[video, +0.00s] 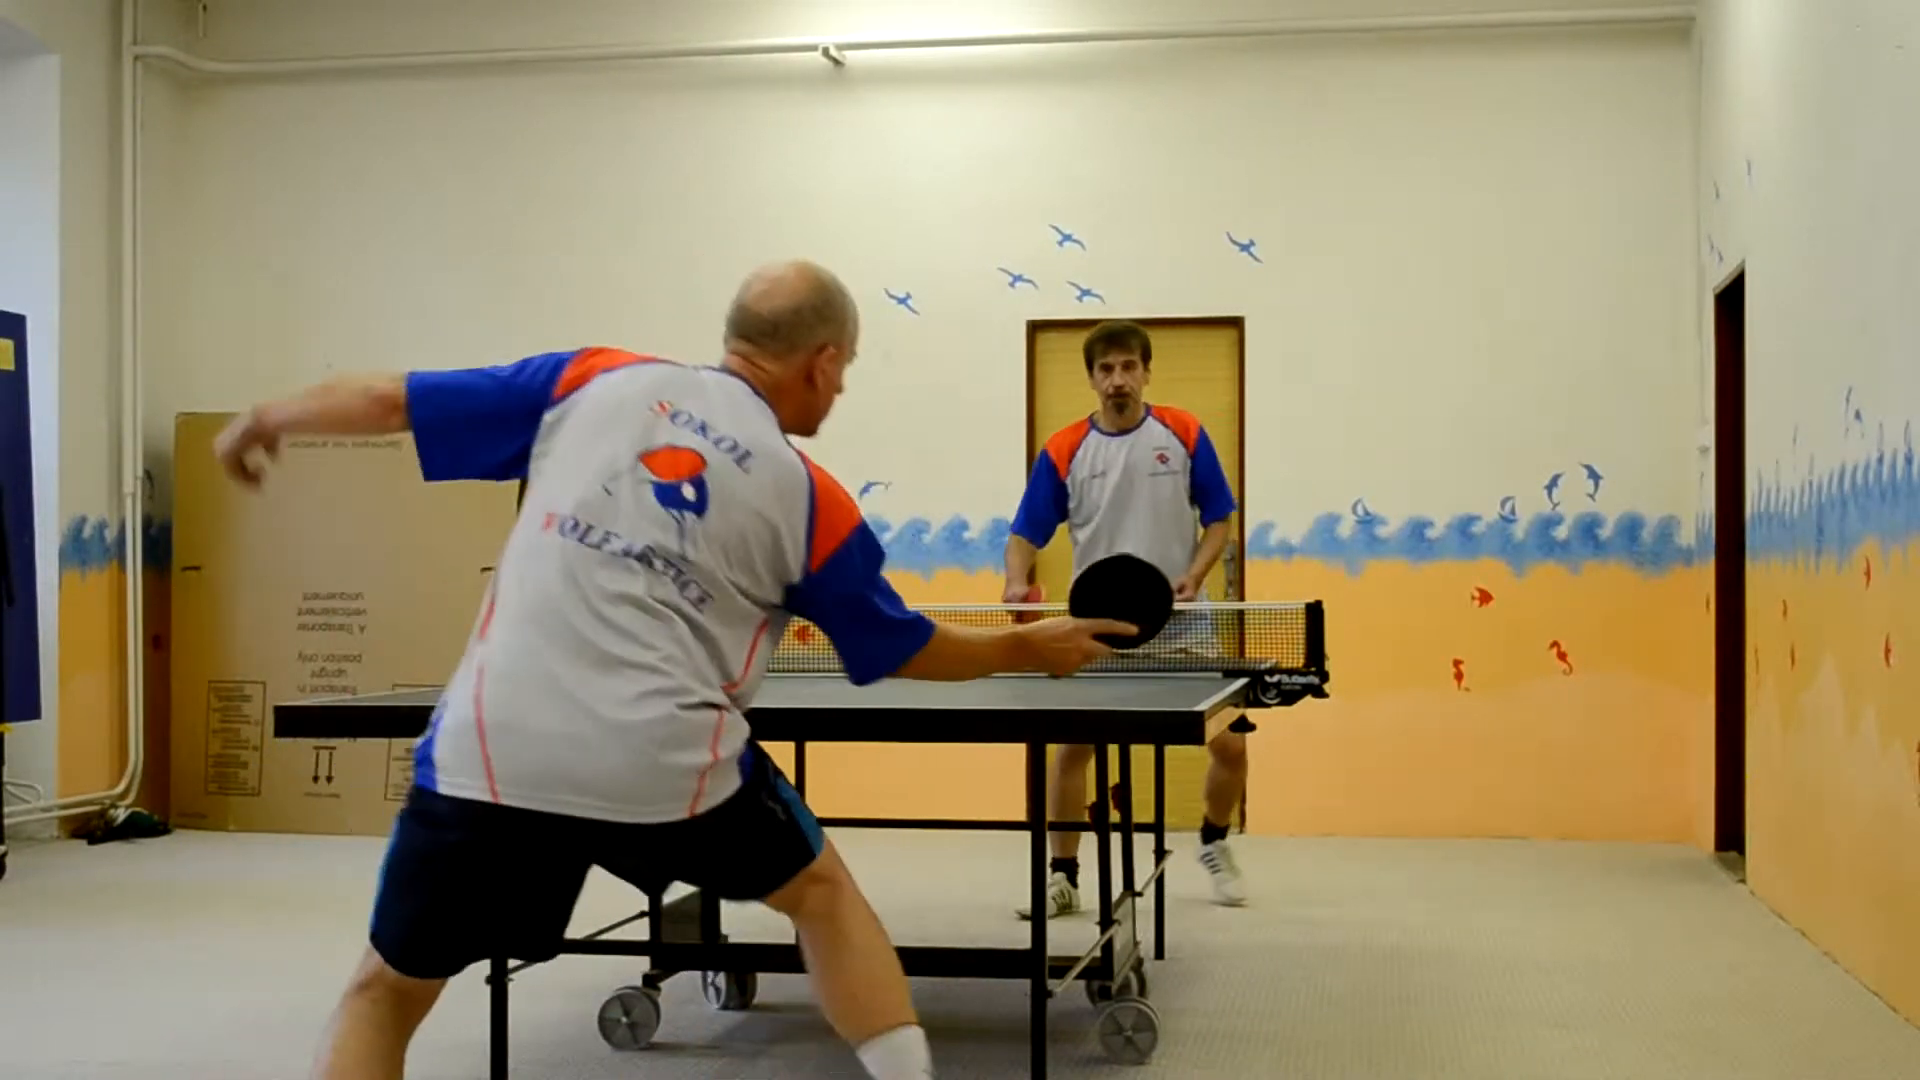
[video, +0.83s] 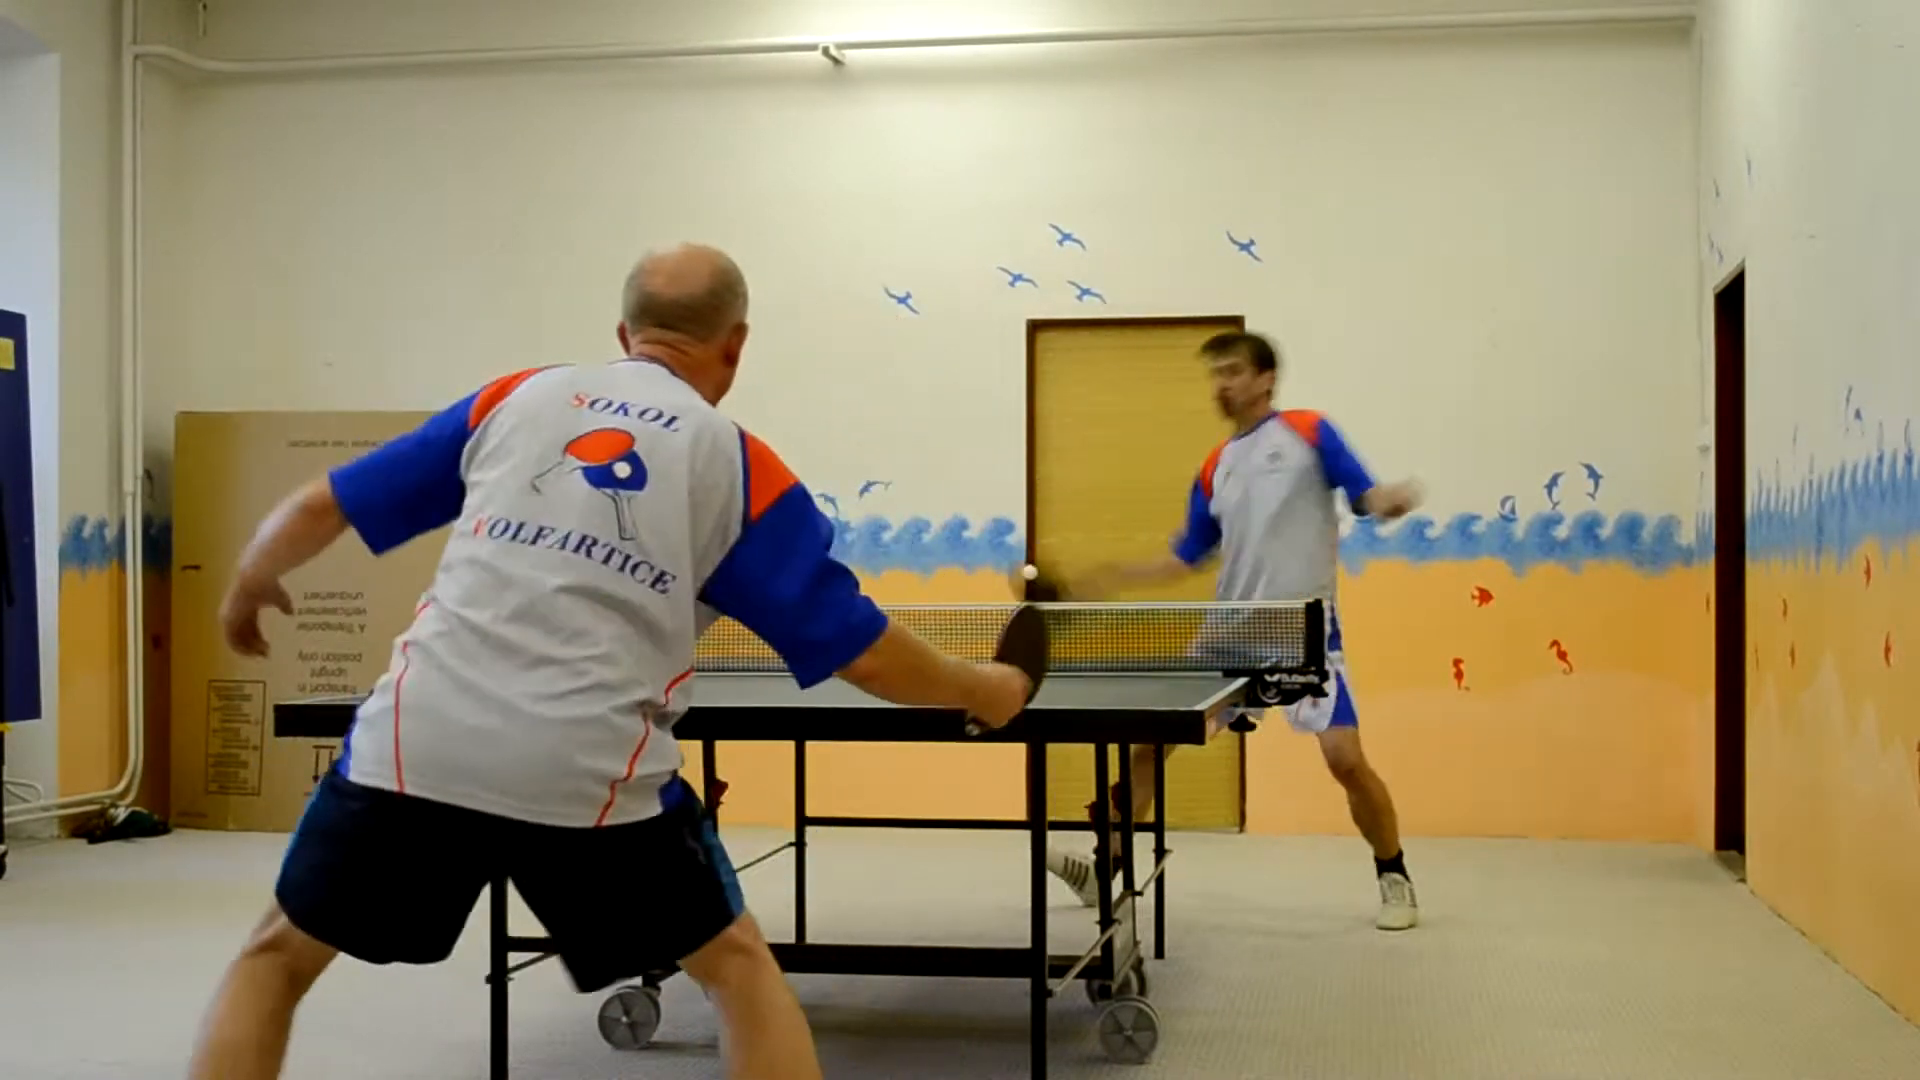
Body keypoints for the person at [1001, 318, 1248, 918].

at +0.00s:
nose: (1117, 379)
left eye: (1127, 367)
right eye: (1105, 370)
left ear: (1145, 371)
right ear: (1091, 377)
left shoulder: (1183, 433)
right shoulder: (1064, 449)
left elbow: (1220, 517)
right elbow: (1025, 533)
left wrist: (1194, 573)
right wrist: (1017, 580)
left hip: (1178, 622)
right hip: (1094, 626)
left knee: (1231, 744)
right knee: (1072, 745)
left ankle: (1214, 844)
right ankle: (1062, 875)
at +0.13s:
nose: (1099, 382)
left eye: (1109, 370)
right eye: (1087, 373)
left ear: (1128, 374)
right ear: (1073, 383)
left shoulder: (1172, 434)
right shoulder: (1054, 457)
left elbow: (1212, 521)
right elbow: (1019, 547)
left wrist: (1192, 576)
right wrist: (1018, 618)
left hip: (1181, 626)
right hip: (1094, 631)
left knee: (1246, 738)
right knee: (1071, 750)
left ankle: (1270, 857)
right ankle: (1062, 873)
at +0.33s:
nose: (1091, 406)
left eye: (1101, 393)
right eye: (1079, 397)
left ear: (1122, 394)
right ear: (1067, 406)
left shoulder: (1169, 448)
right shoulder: (1065, 484)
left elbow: (1222, 532)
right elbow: (1060, 585)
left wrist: (1181, 600)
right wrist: (1063, 646)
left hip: (1201, 635)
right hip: (1115, 647)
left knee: (1272, 762)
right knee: (1076, 753)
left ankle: (1352, 874)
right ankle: (1062, 880)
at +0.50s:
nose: (1110, 441)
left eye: (1118, 427)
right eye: (1099, 433)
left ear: (1146, 424)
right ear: (1093, 440)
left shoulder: (1185, 473)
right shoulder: (1132, 501)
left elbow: (1210, 555)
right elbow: (1149, 576)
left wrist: (1147, 602)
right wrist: (1111, 620)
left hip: (1249, 654)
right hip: (1183, 656)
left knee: (1302, 789)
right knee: (1105, 754)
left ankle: (1381, 886)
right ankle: (1065, 881)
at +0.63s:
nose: (1130, 462)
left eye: (1137, 447)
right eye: (1122, 453)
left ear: (1172, 440)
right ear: (1123, 456)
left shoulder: (1204, 481)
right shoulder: (1180, 500)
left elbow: (1236, 546)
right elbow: (1226, 573)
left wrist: (1174, 583)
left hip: (1279, 662)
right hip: (1224, 666)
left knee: (1325, 797)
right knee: (1139, 759)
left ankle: (1390, 887)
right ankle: (1079, 877)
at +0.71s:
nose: (1151, 446)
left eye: (1159, 431)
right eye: (1145, 437)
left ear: (1195, 427)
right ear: (1146, 443)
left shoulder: (1230, 468)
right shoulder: (1201, 488)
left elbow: (1288, 534)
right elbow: (1240, 567)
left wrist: (1254, 572)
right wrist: (1224, 647)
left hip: (1295, 656)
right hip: (1239, 660)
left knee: (1332, 794)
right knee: (1152, 760)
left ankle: (1392, 885)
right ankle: (1089, 876)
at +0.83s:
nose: (1219, 385)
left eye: (1231, 372)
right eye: (1214, 375)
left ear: (1265, 377)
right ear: (1213, 383)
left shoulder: (1307, 429)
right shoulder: (1216, 466)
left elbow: (1363, 497)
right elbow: (1187, 555)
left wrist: (1389, 500)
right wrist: (1114, 575)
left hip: (1306, 627)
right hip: (1232, 631)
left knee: (1345, 760)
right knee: (1152, 735)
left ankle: (1393, 876)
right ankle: (1101, 863)